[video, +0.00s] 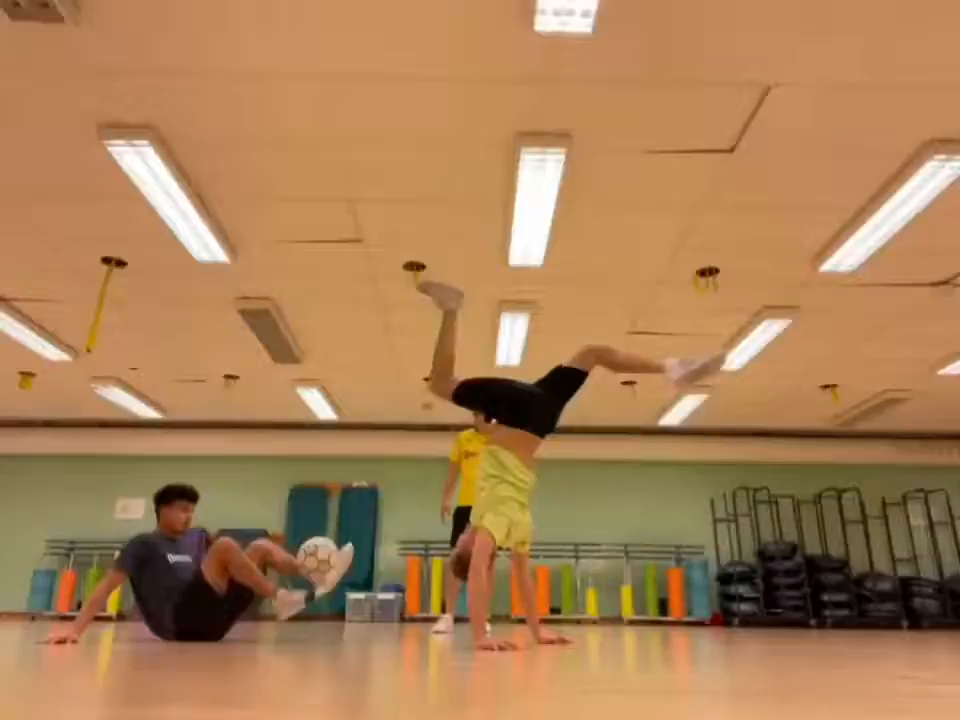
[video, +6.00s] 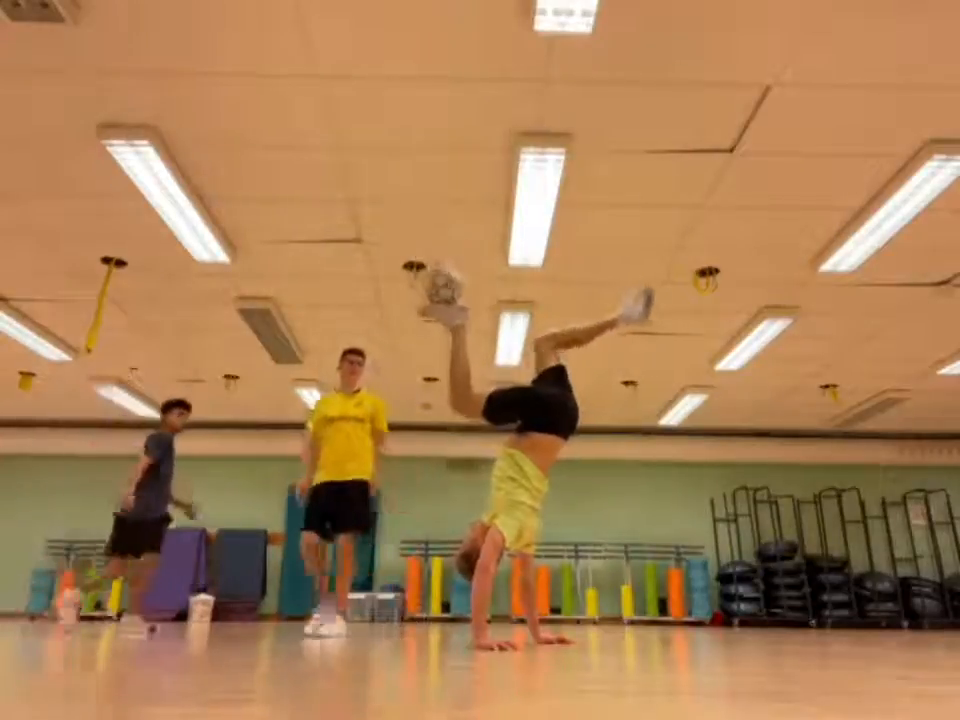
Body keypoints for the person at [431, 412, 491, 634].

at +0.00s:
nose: (478, 420)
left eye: (482, 415)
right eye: (475, 415)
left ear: (492, 417)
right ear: (472, 416)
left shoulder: (501, 439)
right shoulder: (464, 439)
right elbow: (453, 472)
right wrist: (446, 500)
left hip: (493, 506)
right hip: (467, 504)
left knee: (487, 565)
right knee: (456, 562)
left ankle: (483, 619)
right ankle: (448, 613)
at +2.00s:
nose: (477, 421)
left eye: (481, 415)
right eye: (473, 414)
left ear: (492, 416)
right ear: (466, 416)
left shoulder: (500, 439)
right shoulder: (463, 440)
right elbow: (454, 473)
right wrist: (449, 502)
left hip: (492, 504)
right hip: (466, 504)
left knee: (488, 564)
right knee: (457, 560)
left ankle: (483, 618)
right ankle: (449, 613)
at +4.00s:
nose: (472, 416)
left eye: (476, 410)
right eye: (469, 411)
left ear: (488, 413)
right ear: (465, 414)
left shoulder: (498, 438)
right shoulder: (461, 440)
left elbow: (506, 472)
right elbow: (453, 474)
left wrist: (502, 504)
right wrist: (447, 504)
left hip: (492, 505)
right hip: (465, 504)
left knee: (489, 565)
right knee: (456, 557)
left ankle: (485, 617)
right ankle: (449, 613)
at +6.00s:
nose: (353, 368)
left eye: (358, 364)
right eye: (349, 363)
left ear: (364, 370)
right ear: (340, 368)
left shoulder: (373, 403)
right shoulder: (325, 403)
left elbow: (379, 443)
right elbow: (312, 443)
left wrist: (375, 478)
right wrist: (307, 477)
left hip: (356, 477)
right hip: (325, 477)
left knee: (346, 543)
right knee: (310, 541)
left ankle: (340, 613)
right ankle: (321, 606)